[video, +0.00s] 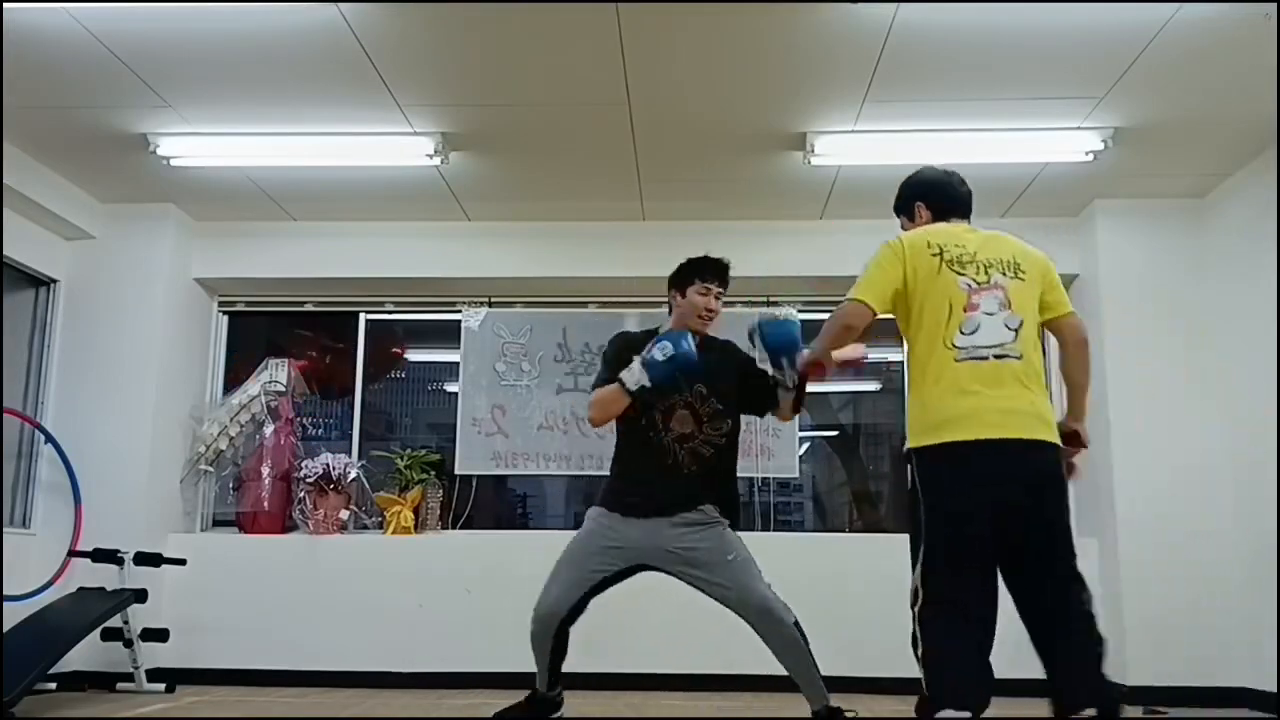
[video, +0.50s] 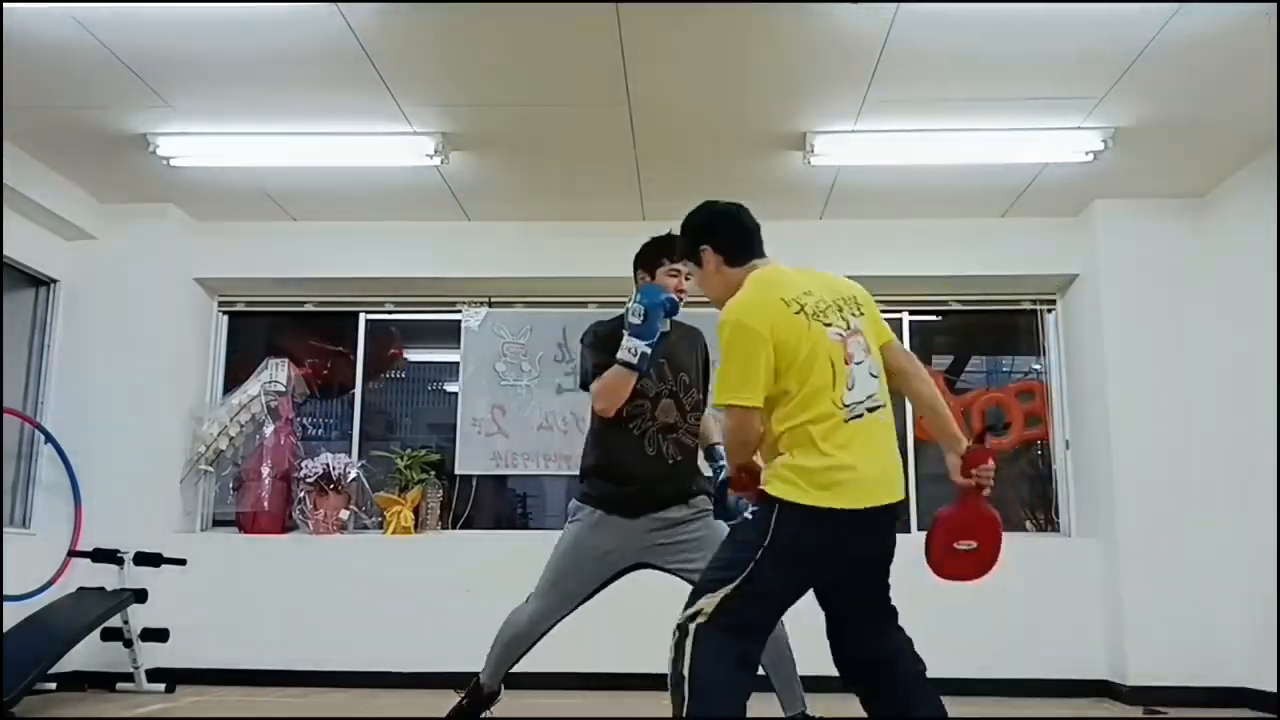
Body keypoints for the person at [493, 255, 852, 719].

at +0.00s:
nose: (713, 304)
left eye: (720, 298)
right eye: (704, 293)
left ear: (722, 307)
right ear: (675, 295)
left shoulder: (730, 359)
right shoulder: (631, 347)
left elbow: (785, 410)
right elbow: (597, 415)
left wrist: (787, 367)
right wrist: (643, 374)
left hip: (697, 525)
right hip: (617, 521)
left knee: (768, 610)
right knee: (548, 612)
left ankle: (824, 708)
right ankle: (545, 695)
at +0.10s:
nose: (660, 304)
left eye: (669, 295)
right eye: (650, 295)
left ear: (680, 302)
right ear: (629, 302)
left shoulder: (703, 357)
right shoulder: (604, 354)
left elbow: (758, 414)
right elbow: (568, 424)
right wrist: (609, 379)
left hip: (683, 523)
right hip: (606, 519)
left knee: (747, 603)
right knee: (531, 605)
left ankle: (809, 709)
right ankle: (493, 697)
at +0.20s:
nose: (640, 321)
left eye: (649, 311)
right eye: (629, 312)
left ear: (661, 319)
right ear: (609, 327)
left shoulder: (688, 381)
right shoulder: (587, 380)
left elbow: (734, 435)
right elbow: (549, 448)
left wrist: (760, 492)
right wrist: (588, 401)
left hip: (670, 550)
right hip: (591, 548)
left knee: (738, 618)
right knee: (515, 634)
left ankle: (796, 701)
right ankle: (481, 706)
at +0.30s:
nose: (649, 314)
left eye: (656, 305)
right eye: (638, 305)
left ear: (664, 310)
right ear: (614, 315)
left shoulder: (683, 368)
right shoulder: (585, 371)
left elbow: (703, 438)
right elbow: (568, 442)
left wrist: (722, 492)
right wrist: (610, 385)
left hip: (676, 540)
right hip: (596, 544)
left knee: (750, 615)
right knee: (529, 638)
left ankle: (801, 711)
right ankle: (484, 705)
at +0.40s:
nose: (674, 296)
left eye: (679, 288)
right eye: (664, 286)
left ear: (681, 294)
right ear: (635, 291)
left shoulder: (684, 352)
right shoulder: (599, 349)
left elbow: (685, 429)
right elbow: (600, 418)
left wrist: (704, 468)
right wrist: (637, 353)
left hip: (679, 523)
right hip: (603, 528)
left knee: (755, 602)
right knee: (540, 621)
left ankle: (797, 713)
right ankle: (482, 698)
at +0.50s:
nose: (683, 286)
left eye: (688, 278)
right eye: (672, 275)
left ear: (692, 285)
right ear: (642, 279)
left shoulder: (694, 342)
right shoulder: (605, 335)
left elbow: (699, 410)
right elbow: (604, 404)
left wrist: (720, 453)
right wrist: (642, 336)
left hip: (685, 518)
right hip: (605, 518)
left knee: (758, 604)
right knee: (539, 612)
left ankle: (798, 713)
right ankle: (482, 692)